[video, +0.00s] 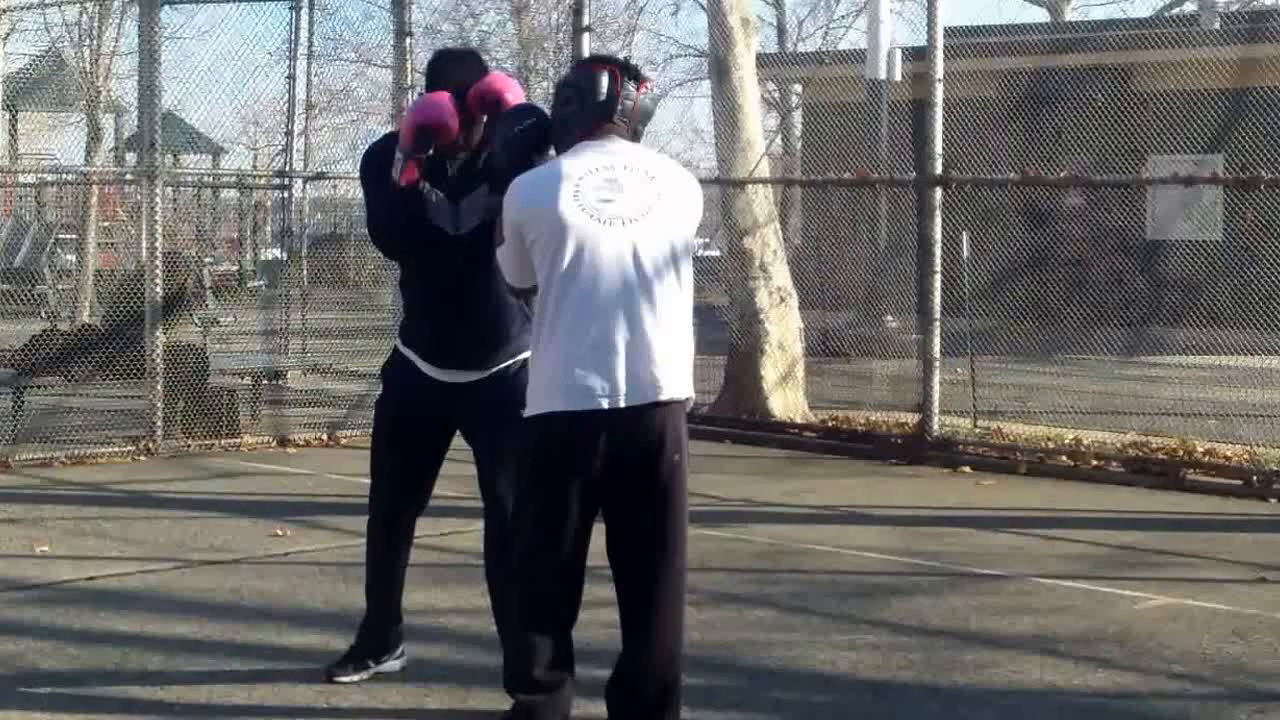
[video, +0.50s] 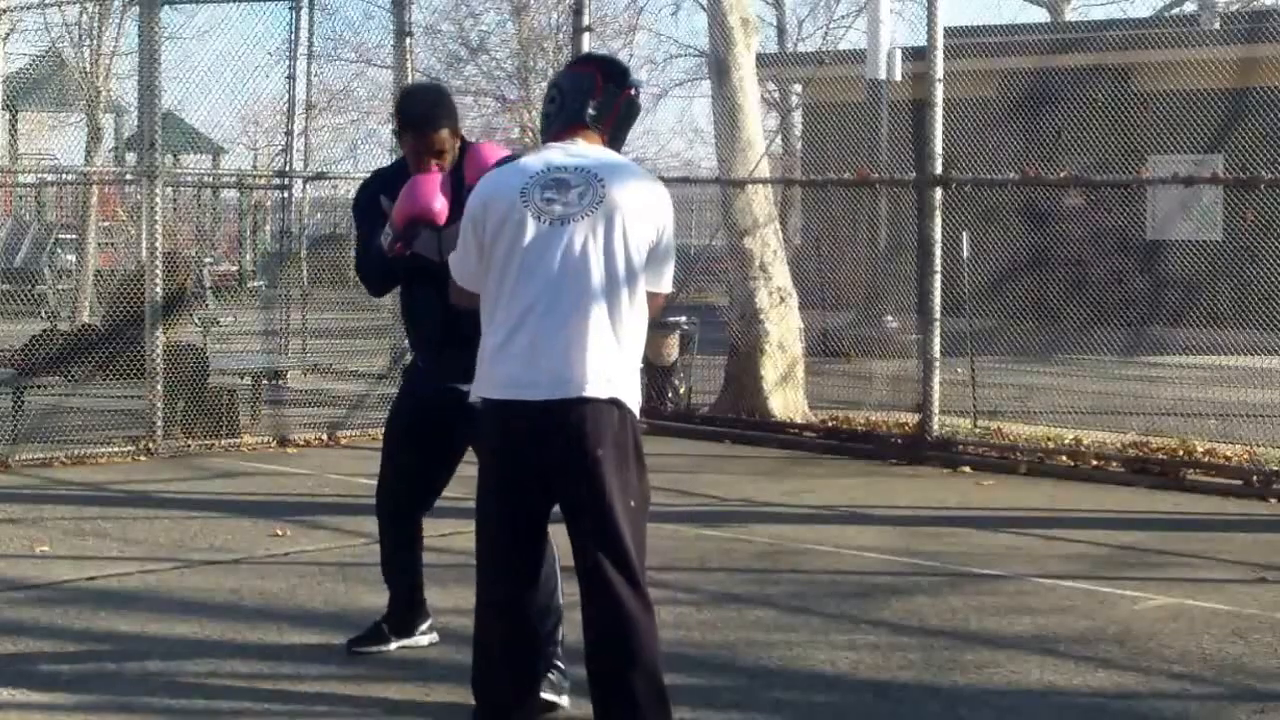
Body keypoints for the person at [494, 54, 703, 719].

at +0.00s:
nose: (648, 119)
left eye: (556, 110)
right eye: (642, 110)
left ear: (564, 114)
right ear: (633, 116)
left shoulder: (532, 189)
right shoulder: (680, 182)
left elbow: (520, 279)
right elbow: (671, 266)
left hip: (562, 407)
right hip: (658, 405)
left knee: (545, 563)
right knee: (655, 571)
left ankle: (540, 703)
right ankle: (651, 708)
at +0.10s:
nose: (652, 119)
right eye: (651, 110)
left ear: (570, 113)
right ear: (640, 116)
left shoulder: (533, 183)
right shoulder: (684, 186)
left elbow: (493, 253)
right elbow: (655, 252)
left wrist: (495, 192)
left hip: (555, 415)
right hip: (652, 414)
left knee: (536, 589)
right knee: (650, 593)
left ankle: (520, 710)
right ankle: (647, 714)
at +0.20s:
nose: (650, 122)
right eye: (649, 113)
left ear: (569, 110)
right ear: (636, 115)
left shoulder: (524, 172)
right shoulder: (673, 186)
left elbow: (470, 212)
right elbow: (672, 274)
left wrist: (508, 158)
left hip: (540, 411)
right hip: (635, 413)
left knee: (524, 574)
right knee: (639, 585)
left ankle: (507, 709)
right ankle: (646, 712)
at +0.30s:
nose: (645, 124)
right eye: (644, 115)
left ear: (567, 110)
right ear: (630, 117)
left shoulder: (518, 171)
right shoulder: (664, 190)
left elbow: (467, 228)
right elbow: (664, 288)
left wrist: (493, 170)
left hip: (527, 407)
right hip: (620, 412)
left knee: (516, 579)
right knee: (628, 583)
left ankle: (507, 710)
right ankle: (641, 713)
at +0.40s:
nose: (639, 128)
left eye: (637, 118)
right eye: (639, 118)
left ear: (559, 113)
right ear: (624, 120)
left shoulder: (499, 187)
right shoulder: (652, 193)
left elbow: (482, 286)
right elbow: (655, 302)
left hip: (507, 409)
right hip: (602, 410)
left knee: (506, 575)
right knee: (616, 580)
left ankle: (504, 709)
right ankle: (635, 712)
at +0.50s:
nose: (630, 125)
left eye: (628, 117)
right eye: (630, 116)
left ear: (549, 112)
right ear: (615, 119)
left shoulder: (495, 184)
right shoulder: (643, 189)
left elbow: (465, 291)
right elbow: (652, 301)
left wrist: (541, 296)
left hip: (504, 407)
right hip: (597, 408)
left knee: (503, 576)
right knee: (616, 579)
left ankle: (500, 707)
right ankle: (636, 711)